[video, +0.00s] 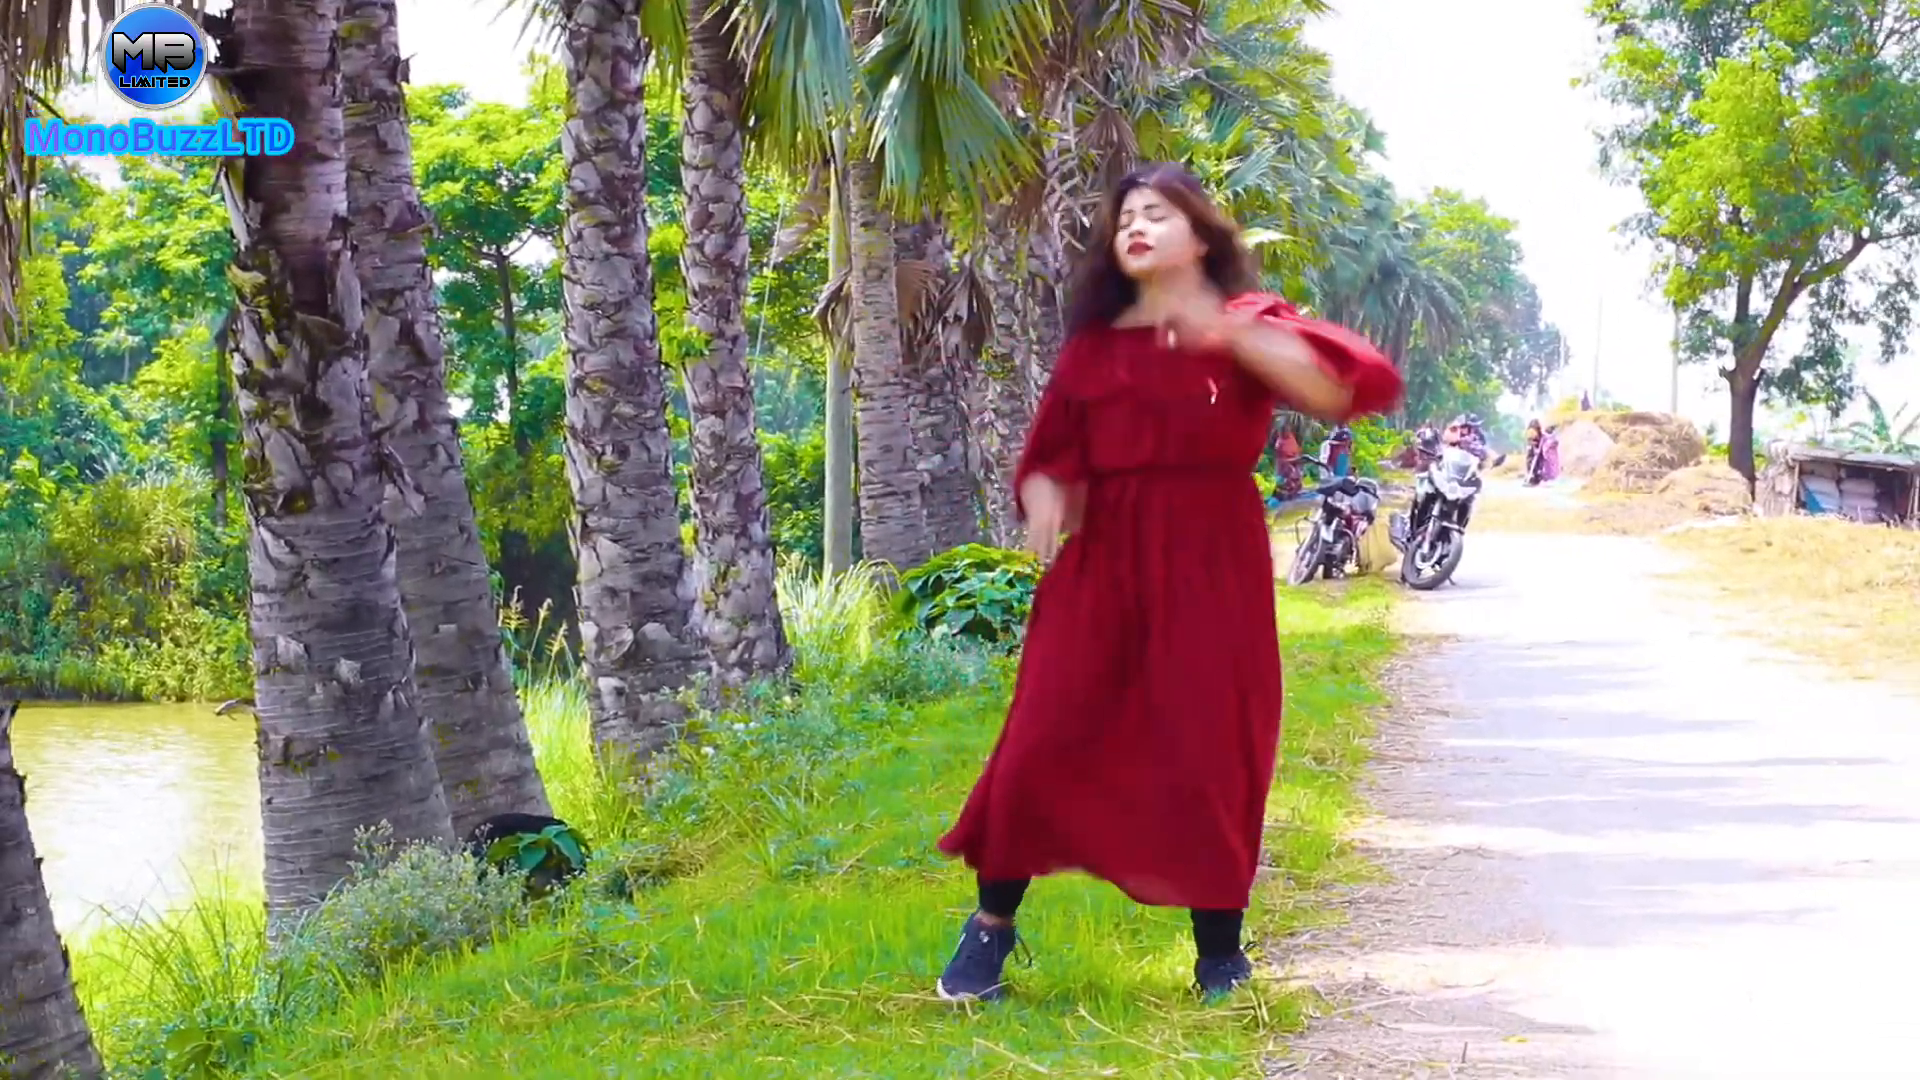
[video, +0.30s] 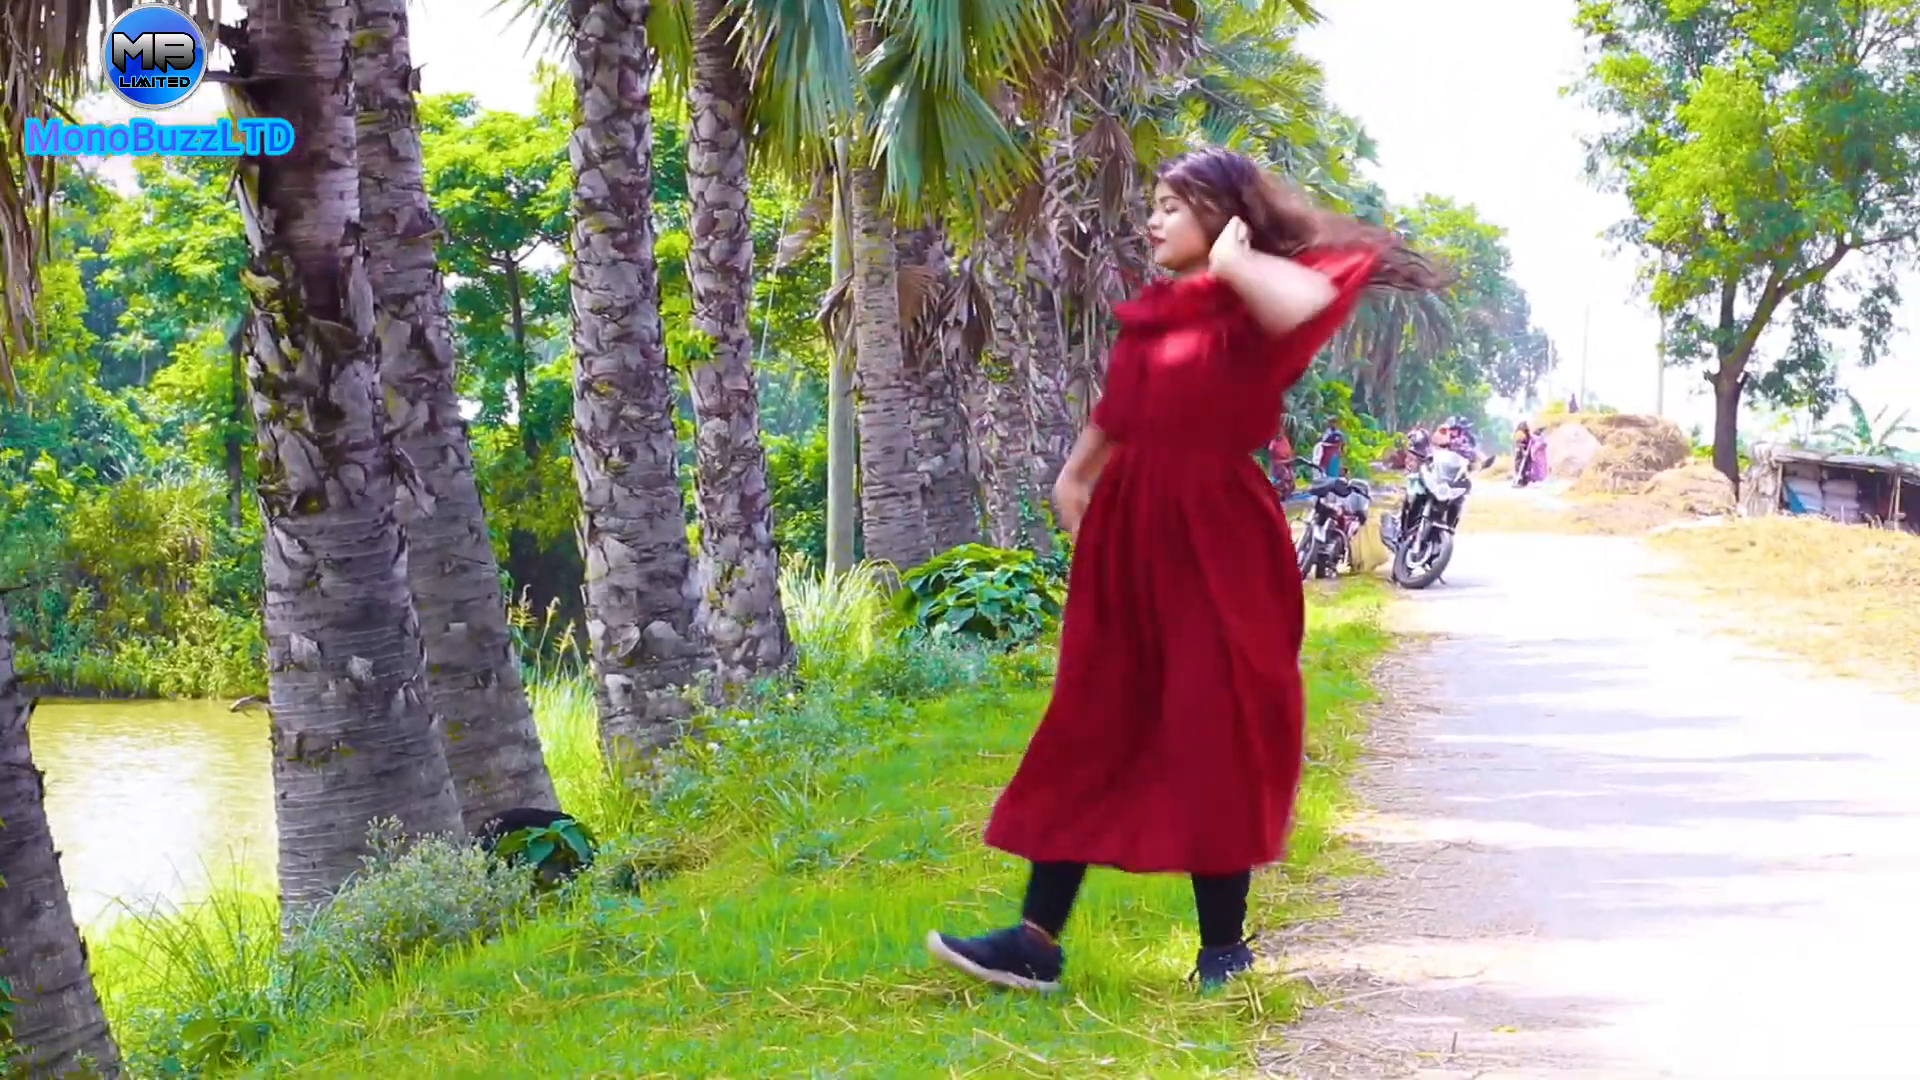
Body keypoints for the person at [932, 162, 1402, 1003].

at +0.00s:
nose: (1137, 225)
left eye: (1156, 213)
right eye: (1125, 220)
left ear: (1199, 232)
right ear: (1115, 249)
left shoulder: (1248, 322)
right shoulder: (1092, 346)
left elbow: (1339, 397)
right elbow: (1049, 452)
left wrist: (1246, 335)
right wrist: (1044, 496)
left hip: (1211, 556)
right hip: (1101, 553)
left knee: (1213, 747)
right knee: (1034, 736)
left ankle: (1221, 955)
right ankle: (989, 928)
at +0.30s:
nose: (1154, 222)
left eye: (1173, 208)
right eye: (1154, 208)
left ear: (1226, 223)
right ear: (1163, 224)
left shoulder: (1269, 297)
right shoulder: (1147, 314)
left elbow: (1301, 308)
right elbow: (1113, 413)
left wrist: (1234, 254)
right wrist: (1072, 477)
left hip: (1218, 535)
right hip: (1125, 532)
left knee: (1216, 731)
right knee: (1089, 723)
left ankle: (1223, 949)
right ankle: (1038, 936)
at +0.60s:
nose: (1121, 238)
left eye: (1138, 224)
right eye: (1121, 224)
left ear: (1189, 234)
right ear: (1136, 236)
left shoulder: (1239, 319)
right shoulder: (1110, 317)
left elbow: (1365, 315)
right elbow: (1058, 397)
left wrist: (1254, 264)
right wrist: (1037, 451)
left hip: (1200, 539)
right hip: (1104, 534)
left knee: (1205, 732)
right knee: (1041, 717)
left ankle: (1219, 938)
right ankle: (1020, 919)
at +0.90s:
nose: (1131, 239)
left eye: (1142, 231)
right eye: (1112, 225)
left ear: (1150, 254)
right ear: (1066, 238)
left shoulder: (1176, 343)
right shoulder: (1012, 332)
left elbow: (1240, 450)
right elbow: (957, 417)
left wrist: (1197, 451)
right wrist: (1065, 342)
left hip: (1153, 559)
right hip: (1043, 559)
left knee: (1189, 741)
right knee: (1028, 746)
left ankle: (1213, 941)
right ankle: (1016, 944)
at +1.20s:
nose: (1096, 218)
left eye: (1100, 203)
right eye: (1080, 202)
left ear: (1097, 216)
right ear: (1029, 208)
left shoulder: (1112, 295)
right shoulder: (980, 292)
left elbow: (1185, 374)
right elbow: (884, 294)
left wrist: (1173, 423)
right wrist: (1010, 246)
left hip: (1118, 517)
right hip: (1014, 520)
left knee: (1161, 720)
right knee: (1008, 724)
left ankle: (1191, 938)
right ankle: (995, 941)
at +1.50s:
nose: (1161, 237)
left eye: (1165, 224)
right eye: (1142, 220)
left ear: (1164, 234)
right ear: (1080, 229)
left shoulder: (1177, 316)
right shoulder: (1022, 313)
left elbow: (1248, 388)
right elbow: (882, 295)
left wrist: (1249, 439)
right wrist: (1001, 251)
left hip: (1180, 551)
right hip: (1069, 553)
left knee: (1210, 751)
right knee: (1033, 750)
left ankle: (1255, 957)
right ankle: (1017, 960)